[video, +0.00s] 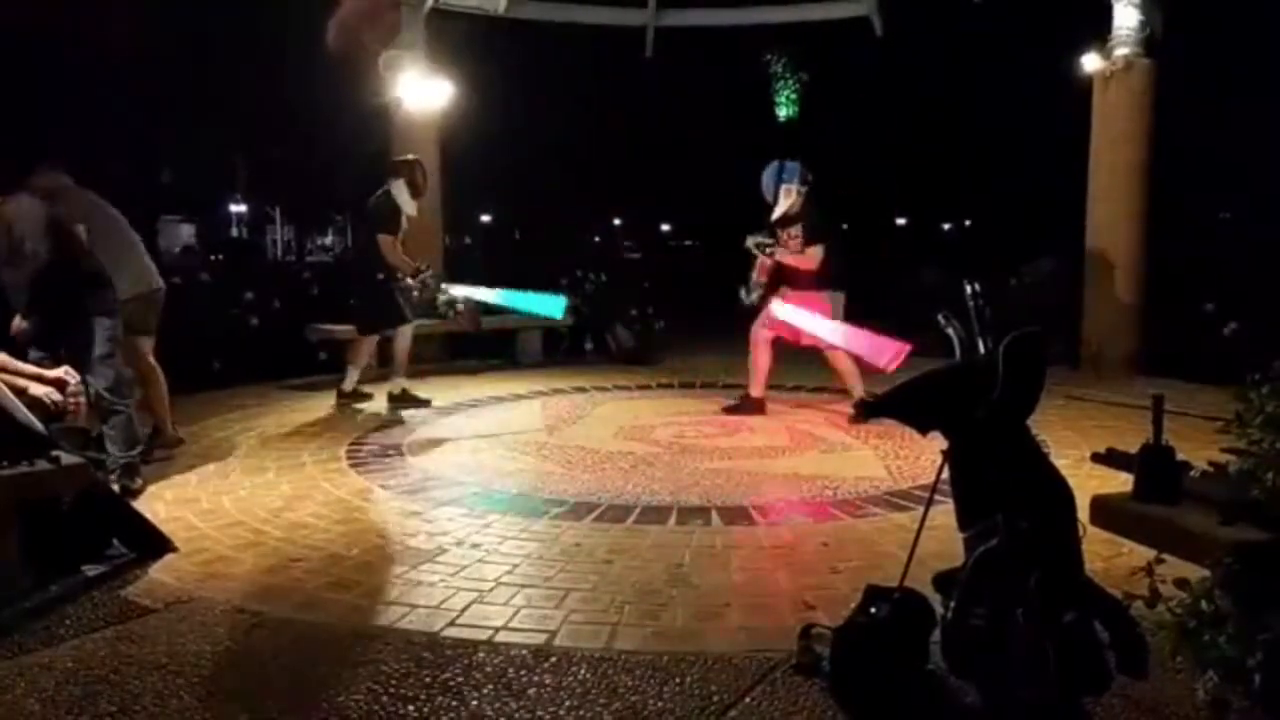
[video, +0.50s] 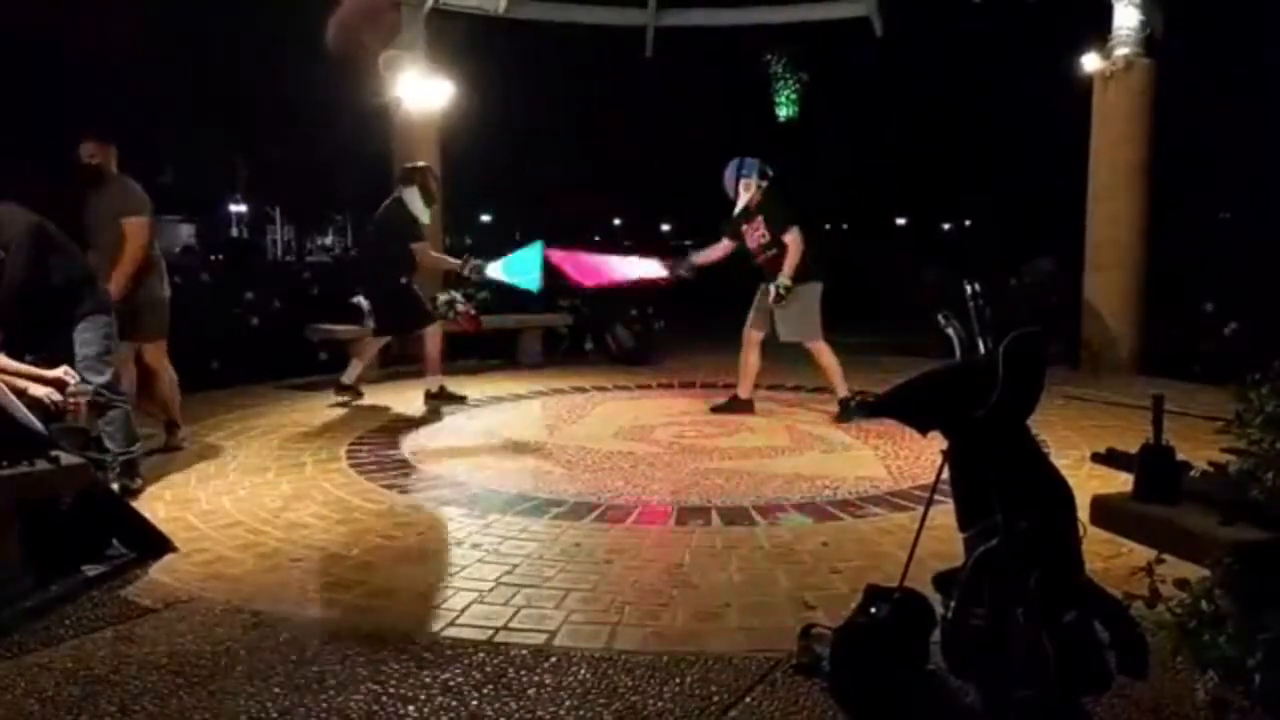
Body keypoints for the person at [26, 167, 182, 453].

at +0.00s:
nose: (39, 201)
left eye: (40, 194)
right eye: (38, 195)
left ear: (47, 190)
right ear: (65, 182)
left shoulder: (66, 205)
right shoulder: (86, 199)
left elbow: (75, 254)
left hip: (131, 290)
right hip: (149, 284)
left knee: (141, 360)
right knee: (142, 360)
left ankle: (166, 429)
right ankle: (163, 427)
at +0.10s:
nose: (44, 192)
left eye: (45, 187)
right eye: (43, 187)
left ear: (53, 184)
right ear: (72, 175)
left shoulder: (77, 198)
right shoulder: (93, 195)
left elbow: (88, 253)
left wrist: (83, 290)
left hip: (134, 291)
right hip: (144, 287)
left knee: (141, 357)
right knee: (137, 359)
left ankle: (178, 425)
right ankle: (170, 423)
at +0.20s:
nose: (54, 181)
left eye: (55, 175)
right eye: (53, 175)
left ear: (64, 173)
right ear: (82, 167)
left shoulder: (86, 192)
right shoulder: (100, 191)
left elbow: (96, 247)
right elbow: (101, 246)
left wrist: (87, 282)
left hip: (135, 291)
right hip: (142, 288)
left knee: (142, 358)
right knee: (131, 364)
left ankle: (175, 424)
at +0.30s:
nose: (61, 180)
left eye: (62, 173)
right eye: (60, 173)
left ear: (72, 172)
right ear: (89, 165)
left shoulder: (98, 193)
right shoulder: (108, 191)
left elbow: (104, 247)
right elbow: (107, 246)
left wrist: (89, 282)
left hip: (137, 291)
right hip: (140, 289)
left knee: (147, 358)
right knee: (127, 362)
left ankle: (173, 428)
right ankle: (119, 430)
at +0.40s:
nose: (69, 164)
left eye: (73, 157)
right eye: (69, 158)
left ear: (91, 156)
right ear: (95, 158)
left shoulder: (109, 191)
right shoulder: (104, 190)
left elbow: (115, 243)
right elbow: (111, 243)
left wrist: (94, 278)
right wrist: (93, 275)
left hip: (142, 290)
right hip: (126, 291)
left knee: (149, 356)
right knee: (125, 360)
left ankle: (173, 428)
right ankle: (119, 430)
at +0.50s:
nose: (90, 163)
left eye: (95, 156)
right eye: (85, 158)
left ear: (110, 156)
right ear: (81, 161)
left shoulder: (128, 192)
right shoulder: (96, 197)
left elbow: (137, 243)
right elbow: (100, 245)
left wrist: (115, 285)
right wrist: (96, 283)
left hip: (145, 283)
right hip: (114, 287)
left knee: (155, 356)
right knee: (121, 358)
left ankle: (174, 425)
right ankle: (121, 430)